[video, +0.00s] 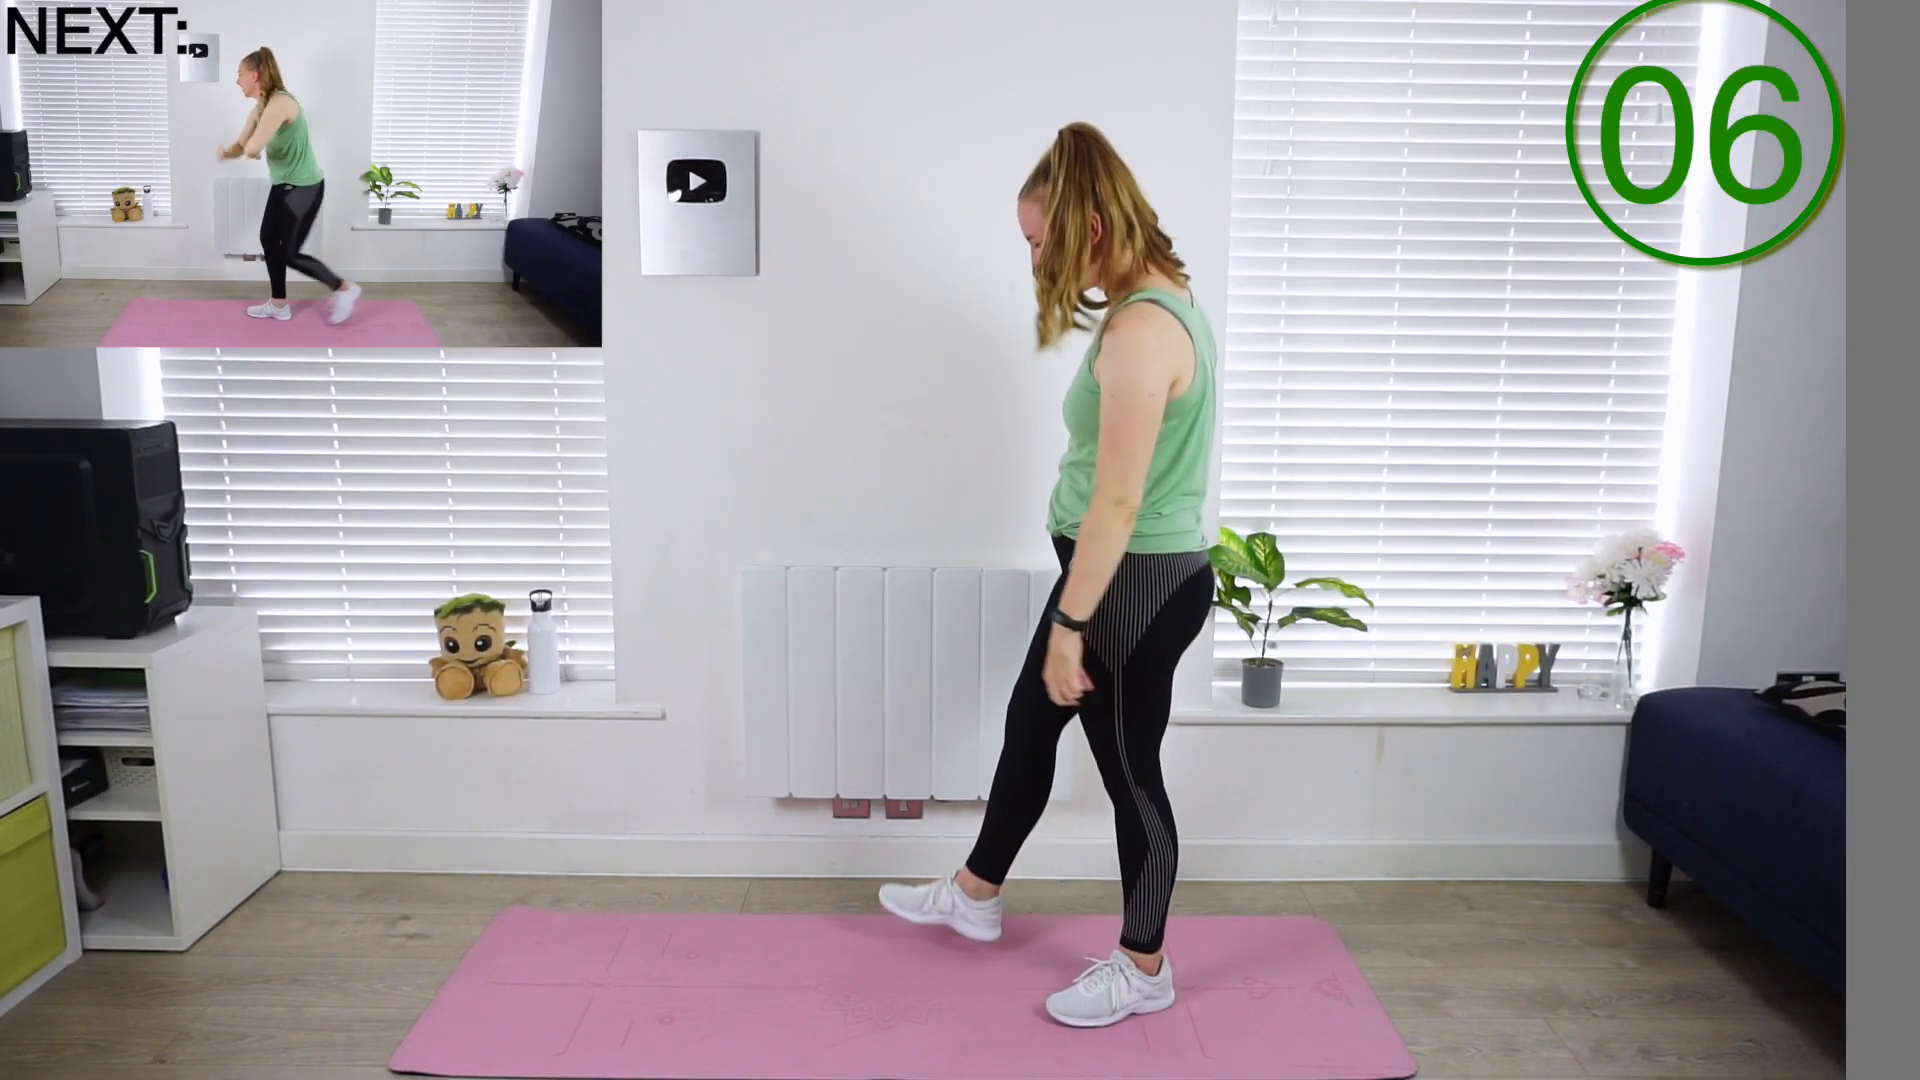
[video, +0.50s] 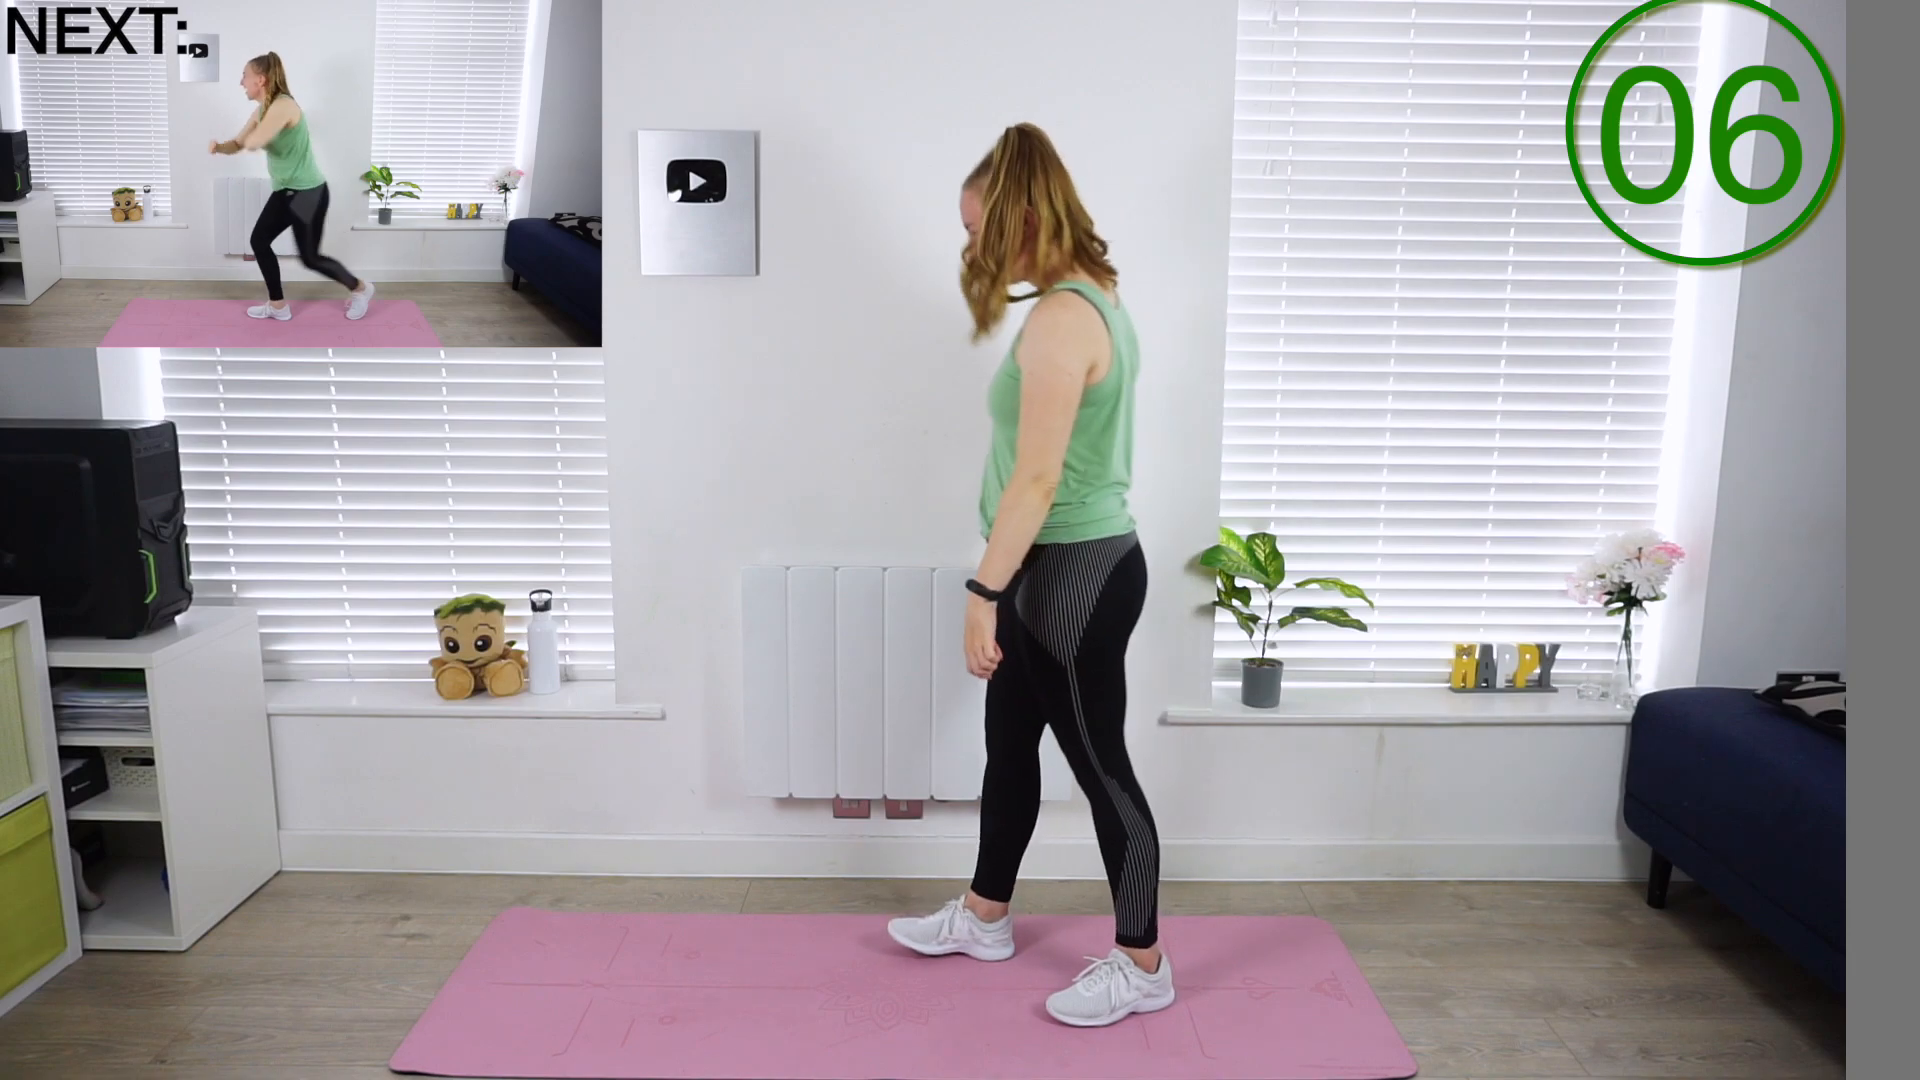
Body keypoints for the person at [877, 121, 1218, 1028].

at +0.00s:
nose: (1037, 260)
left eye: (1040, 243)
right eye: (1032, 244)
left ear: (1089, 231)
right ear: (1102, 223)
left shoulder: (1141, 334)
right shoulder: (1155, 299)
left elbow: (1120, 500)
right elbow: (1141, 473)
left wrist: (1068, 626)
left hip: (1138, 575)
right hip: (1122, 560)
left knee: (1129, 768)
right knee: (1031, 727)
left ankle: (1144, 963)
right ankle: (974, 893)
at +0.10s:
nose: (1031, 257)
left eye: (1036, 239)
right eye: (1026, 240)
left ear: (1082, 229)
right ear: (1102, 220)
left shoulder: (1129, 331)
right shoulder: (1157, 301)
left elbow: (1101, 498)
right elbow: (1148, 471)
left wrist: (1044, 620)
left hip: (1130, 574)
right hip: (1136, 561)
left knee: (1134, 773)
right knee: (1032, 716)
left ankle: (1145, 963)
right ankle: (978, 888)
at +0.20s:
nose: (1024, 260)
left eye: (1027, 244)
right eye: (1019, 243)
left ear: (1069, 231)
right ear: (1092, 220)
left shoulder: (1114, 331)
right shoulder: (1154, 297)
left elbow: (1083, 496)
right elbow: (1145, 457)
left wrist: (1026, 613)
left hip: (1116, 571)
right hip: (1133, 559)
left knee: (1130, 771)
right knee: (1033, 726)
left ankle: (1145, 963)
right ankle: (983, 898)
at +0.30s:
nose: (1003, 256)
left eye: (1006, 239)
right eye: (999, 240)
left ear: (1048, 231)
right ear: (1078, 222)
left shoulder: (1103, 333)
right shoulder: (1141, 305)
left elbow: (1066, 498)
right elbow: (1125, 460)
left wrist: (1010, 612)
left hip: (1102, 573)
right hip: (1100, 561)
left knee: (1123, 770)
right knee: (1029, 745)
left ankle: (1143, 963)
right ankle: (985, 915)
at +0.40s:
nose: (996, 257)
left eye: (999, 238)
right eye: (991, 238)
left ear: (1036, 228)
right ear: (1068, 217)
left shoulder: (1084, 327)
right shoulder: (1116, 307)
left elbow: (1052, 489)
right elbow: (1095, 462)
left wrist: (996, 605)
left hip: (1088, 569)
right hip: (1083, 559)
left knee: (1114, 767)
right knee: (1018, 740)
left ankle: (1142, 961)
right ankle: (983, 914)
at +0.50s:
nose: (974, 243)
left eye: (978, 225)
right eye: (972, 225)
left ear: (1020, 219)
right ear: (1045, 217)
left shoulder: (1060, 318)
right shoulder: (1089, 296)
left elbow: (1039, 475)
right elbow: (1065, 463)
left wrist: (985, 593)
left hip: (1073, 567)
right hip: (1065, 560)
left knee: (1100, 764)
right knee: (1011, 740)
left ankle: (1140, 960)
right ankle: (984, 914)